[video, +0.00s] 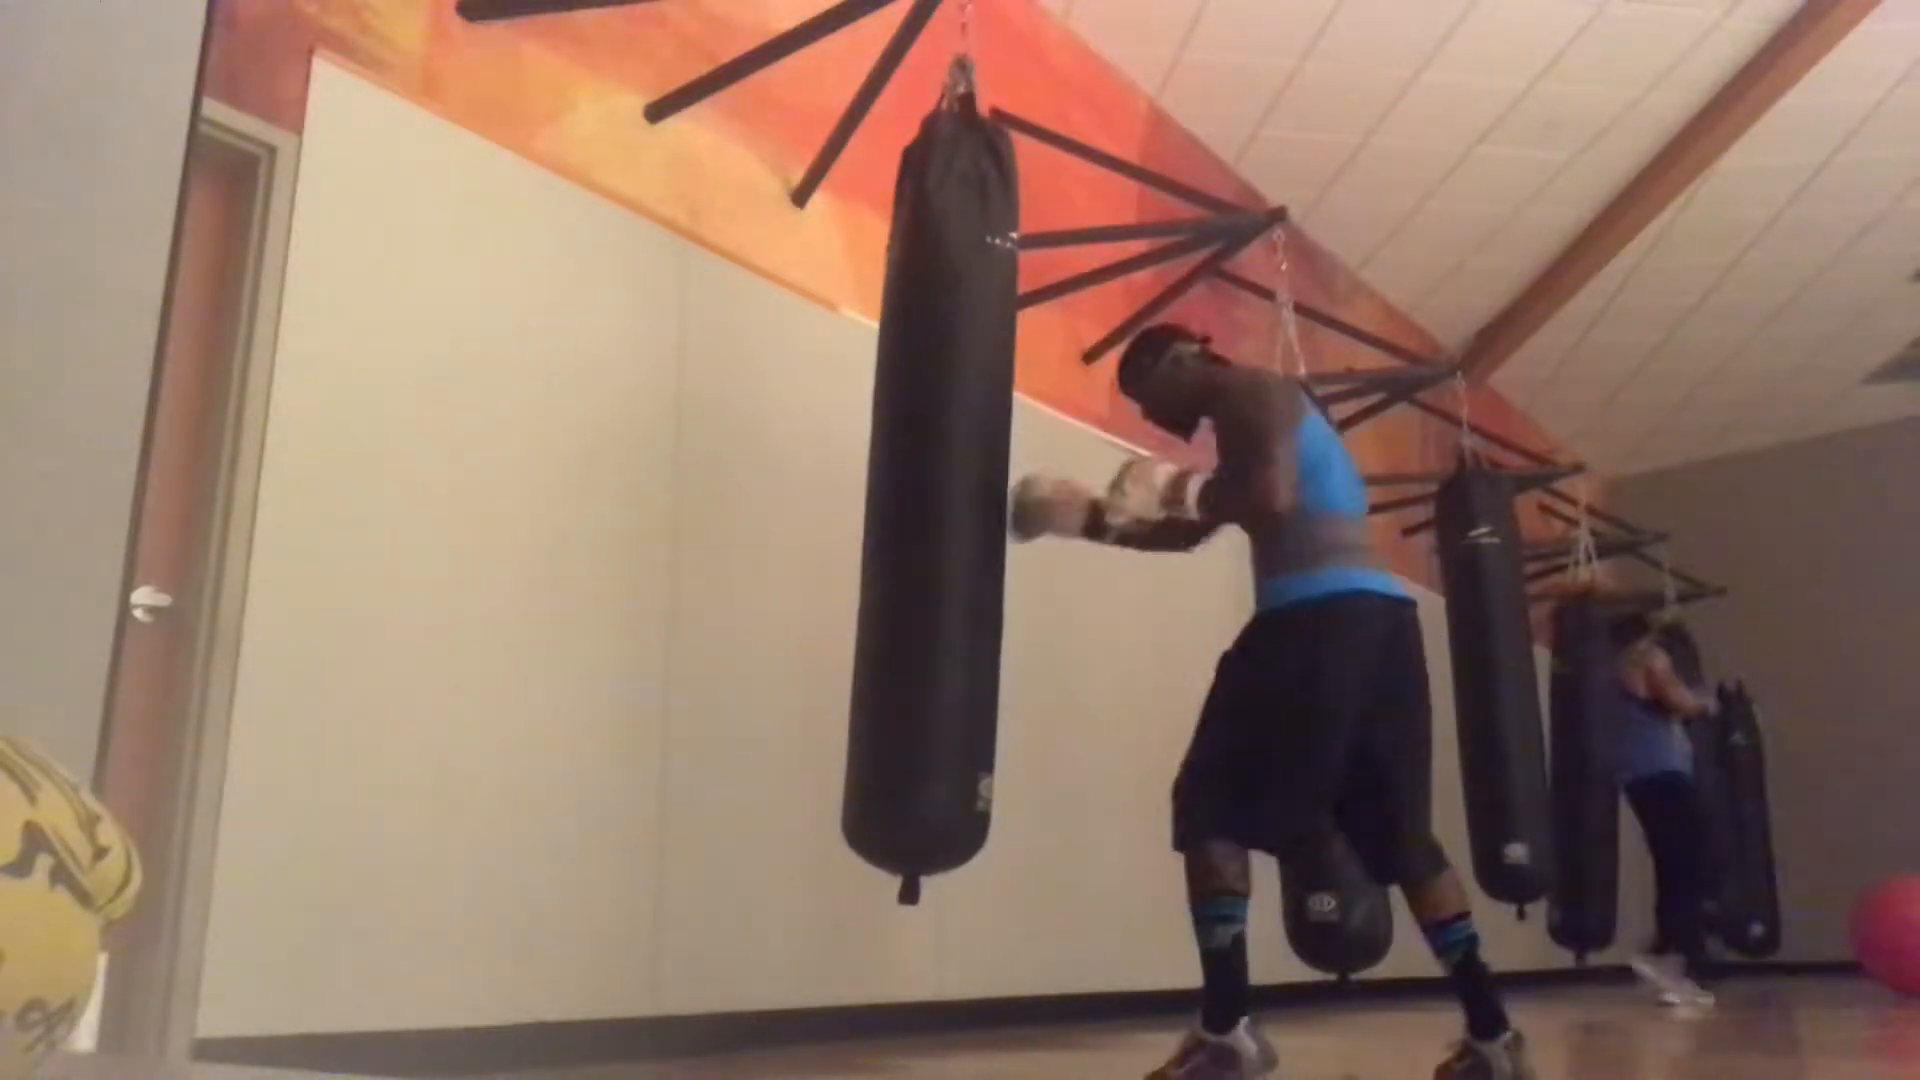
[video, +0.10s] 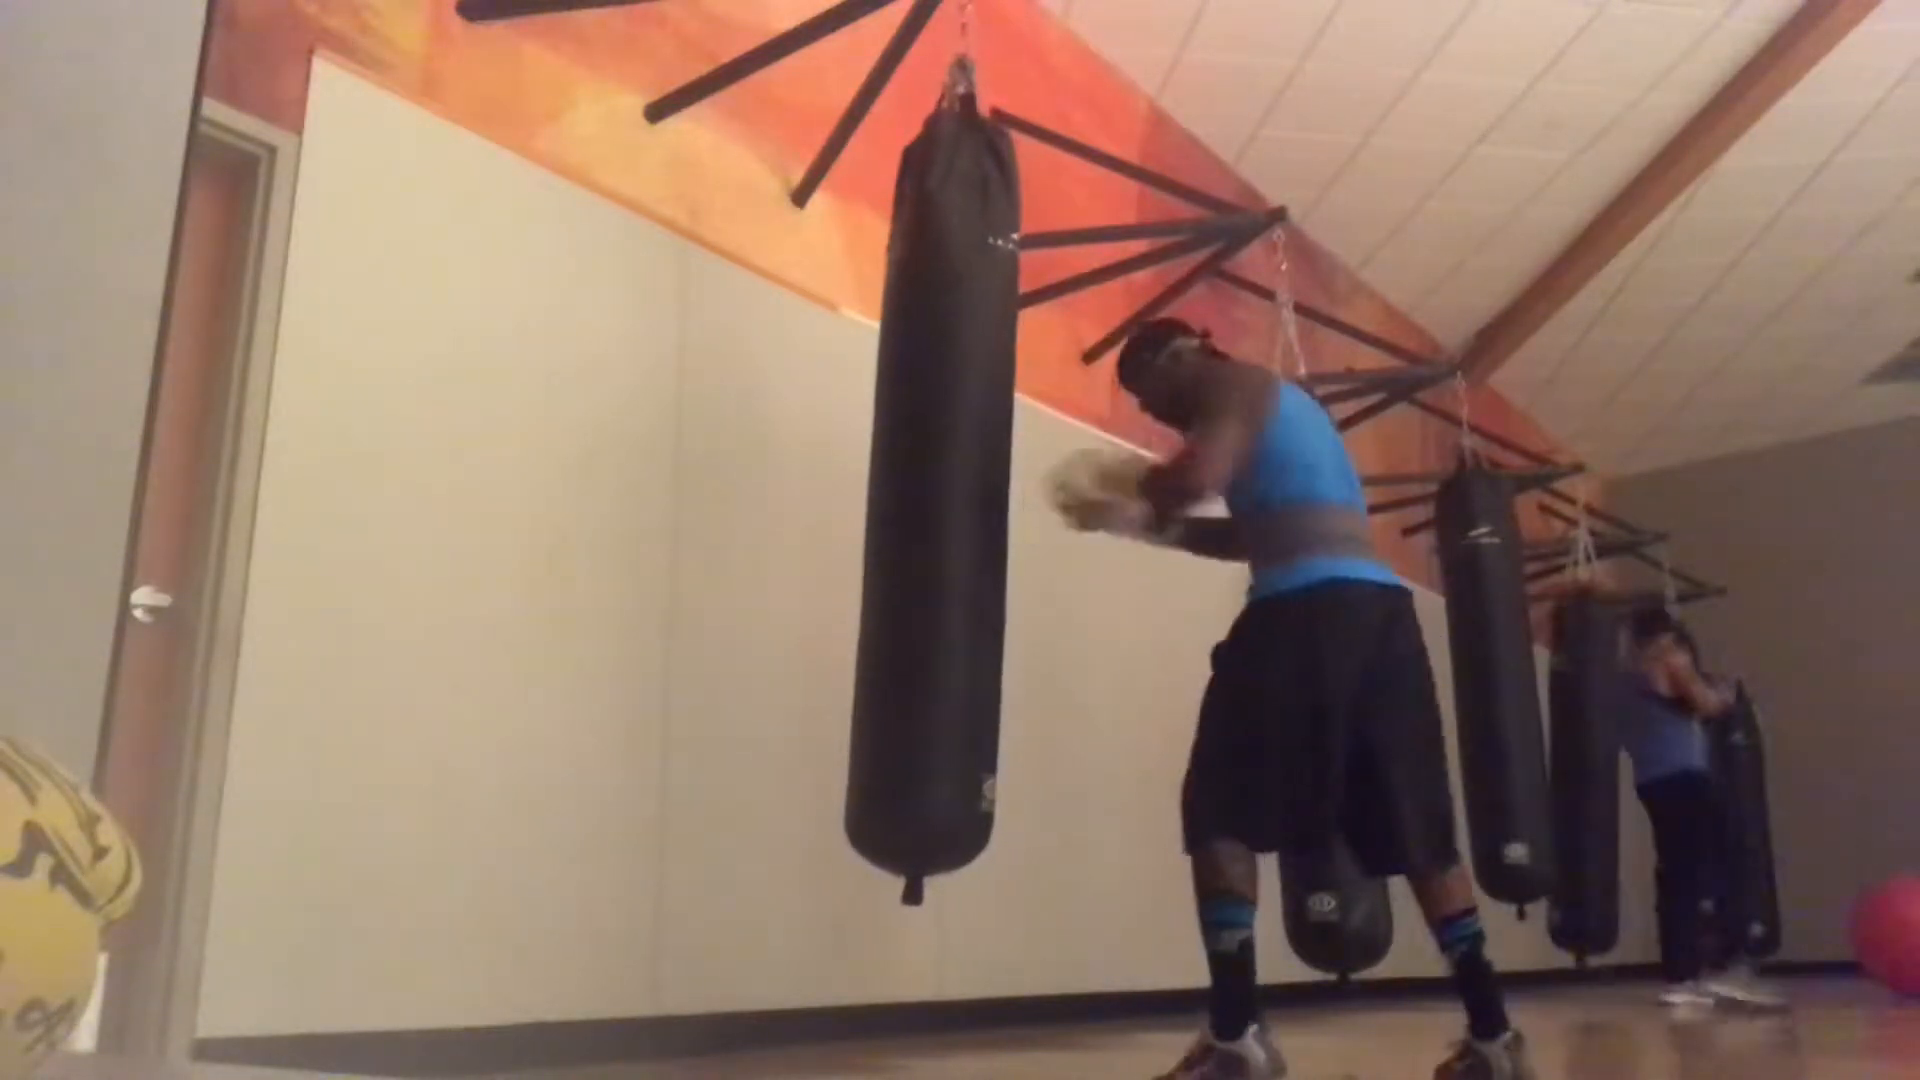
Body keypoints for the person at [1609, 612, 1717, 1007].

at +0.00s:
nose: (1659, 639)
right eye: (1653, 631)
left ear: (1617, 637)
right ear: (1646, 631)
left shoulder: (1615, 667)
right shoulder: (1650, 657)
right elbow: (1676, 698)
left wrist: (1697, 698)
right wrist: (1707, 701)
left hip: (1639, 775)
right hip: (1663, 772)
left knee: (1671, 865)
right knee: (1686, 864)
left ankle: (1670, 949)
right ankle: (1674, 960)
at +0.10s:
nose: (1674, 650)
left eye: (1673, 644)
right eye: (1672, 642)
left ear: (1633, 639)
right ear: (1667, 636)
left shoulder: (1623, 675)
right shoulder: (1668, 657)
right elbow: (1705, 701)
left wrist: (1703, 688)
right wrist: (1727, 691)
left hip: (1654, 781)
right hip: (1686, 778)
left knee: (1677, 877)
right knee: (1721, 867)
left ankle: (1681, 976)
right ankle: (1725, 969)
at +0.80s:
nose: (1727, 626)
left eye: (1722, 619)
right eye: (1733, 616)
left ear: (1710, 621)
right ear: (1751, 619)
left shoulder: (1699, 659)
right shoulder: (1782, 655)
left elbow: (1678, 715)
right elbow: (1811, 717)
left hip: (1729, 788)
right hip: (1787, 784)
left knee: (1725, 881)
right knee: (1801, 879)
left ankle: (1718, 980)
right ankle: (1800, 979)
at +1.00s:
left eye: (1689, 639)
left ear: (1690, 638)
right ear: (1728, 627)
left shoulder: (1690, 672)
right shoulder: (1772, 659)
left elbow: (1675, 730)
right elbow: (1806, 717)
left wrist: (1705, 726)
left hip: (1728, 791)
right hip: (1786, 786)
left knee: (1724, 884)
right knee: (1807, 877)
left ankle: (1719, 981)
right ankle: (1801, 971)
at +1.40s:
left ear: (1702, 649)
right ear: (1738, 640)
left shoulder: (1699, 676)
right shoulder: (1775, 663)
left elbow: (1686, 739)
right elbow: (1813, 718)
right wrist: (1801, 738)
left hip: (1743, 795)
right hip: (1804, 786)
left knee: (1729, 887)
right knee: (1859, 877)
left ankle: (1720, 983)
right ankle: (1904, 968)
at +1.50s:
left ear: (1728, 648)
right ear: (1766, 643)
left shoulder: (1720, 681)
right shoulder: (1793, 668)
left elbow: (1699, 738)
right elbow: (1824, 703)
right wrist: (1826, 742)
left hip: (1761, 797)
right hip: (1820, 790)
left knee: (1736, 884)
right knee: (1872, 877)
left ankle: (1720, 979)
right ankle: (1916, 963)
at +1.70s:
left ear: (1771, 648)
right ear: (1812, 643)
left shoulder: (1754, 679)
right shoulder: (1836, 673)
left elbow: (1736, 731)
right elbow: (1866, 726)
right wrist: (1850, 752)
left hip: (1780, 803)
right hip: (1841, 799)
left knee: (1748, 879)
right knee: (1887, 880)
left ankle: (1738, 968)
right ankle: (1917, 965)